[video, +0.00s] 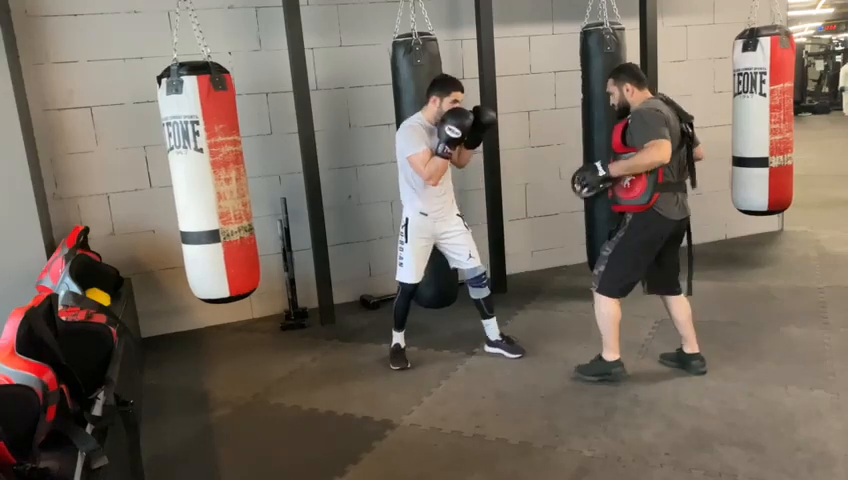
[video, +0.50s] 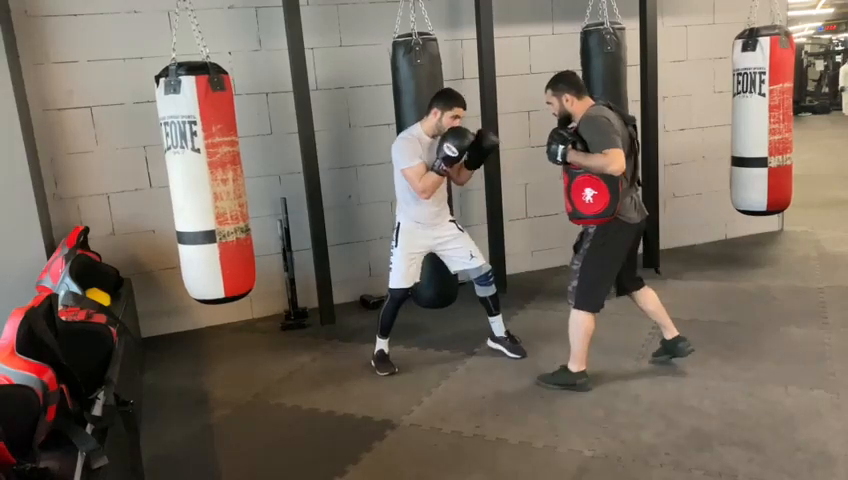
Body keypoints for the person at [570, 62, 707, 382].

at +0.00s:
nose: (613, 101)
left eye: (613, 94)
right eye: (610, 95)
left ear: (629, 88)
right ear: (640, 87)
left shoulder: (645, 113)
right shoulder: (669, 109)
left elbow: (659, 153)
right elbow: (697, 152)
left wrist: (609, 169)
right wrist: (658, 163)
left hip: (649, 217)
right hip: (674, 217)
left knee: (606, 286)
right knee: (668, 285)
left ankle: (610, 359)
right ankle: (691, 353)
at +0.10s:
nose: (605, 102)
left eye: (605, 95)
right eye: (603, 96)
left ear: (621, 89)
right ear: (631, 87)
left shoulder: (641, 113)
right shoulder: (656, 108)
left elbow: (655, 155)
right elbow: (661, 155)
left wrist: (610, 149)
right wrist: (619, 142)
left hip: (646, 218)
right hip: (667, 216)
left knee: (607, 287)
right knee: (667, 285)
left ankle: (590, 363)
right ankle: (691, 353)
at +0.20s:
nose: (594, 106)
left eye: (594, 99)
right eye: (592, 100)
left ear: (610, 93)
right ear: (617, 91)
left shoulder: (631, 117)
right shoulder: (646, 112)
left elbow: (642, 159)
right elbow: (645, 159)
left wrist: (603, 145)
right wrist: (610, 149)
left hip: (637, 222)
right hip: (658, 219)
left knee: (606, 293)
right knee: (663, 288)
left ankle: (583, 367)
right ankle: (690, 353)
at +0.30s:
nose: (578, 109)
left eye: (580, 102)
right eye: (577, 103)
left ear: (596, 97)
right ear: (603, 95)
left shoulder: (619, 121)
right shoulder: (630, 115)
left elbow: (635, 164)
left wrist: (591, 152)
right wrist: (593, 143)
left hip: (627, 226)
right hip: (646, 223)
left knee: (594, 295)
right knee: (654, 288)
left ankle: (576, 369)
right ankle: (689, 351)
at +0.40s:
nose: (565, 113)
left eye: (564, 105)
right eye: (562, 107)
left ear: (580, 99)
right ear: (588, 97)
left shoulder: (605, 122)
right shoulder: (621, 116)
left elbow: (624, 165)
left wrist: (580, 154)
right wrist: (588, 148)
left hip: (615, 225)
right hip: (637, 222)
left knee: (584, 294)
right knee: (643, 285)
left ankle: (575, 369)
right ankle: (683, 346)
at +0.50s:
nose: (551, 110)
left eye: (552, 103)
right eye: (549, 104)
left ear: (567, 98)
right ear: (575, 96)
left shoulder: (594, 121)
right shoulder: (602, 114)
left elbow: (614, 163)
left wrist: (571, 155)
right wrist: (576, 149)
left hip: (611, 221)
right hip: (630, 217)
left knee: (585, 292)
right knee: (630, 281)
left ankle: (576, 369)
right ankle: (674, 338)